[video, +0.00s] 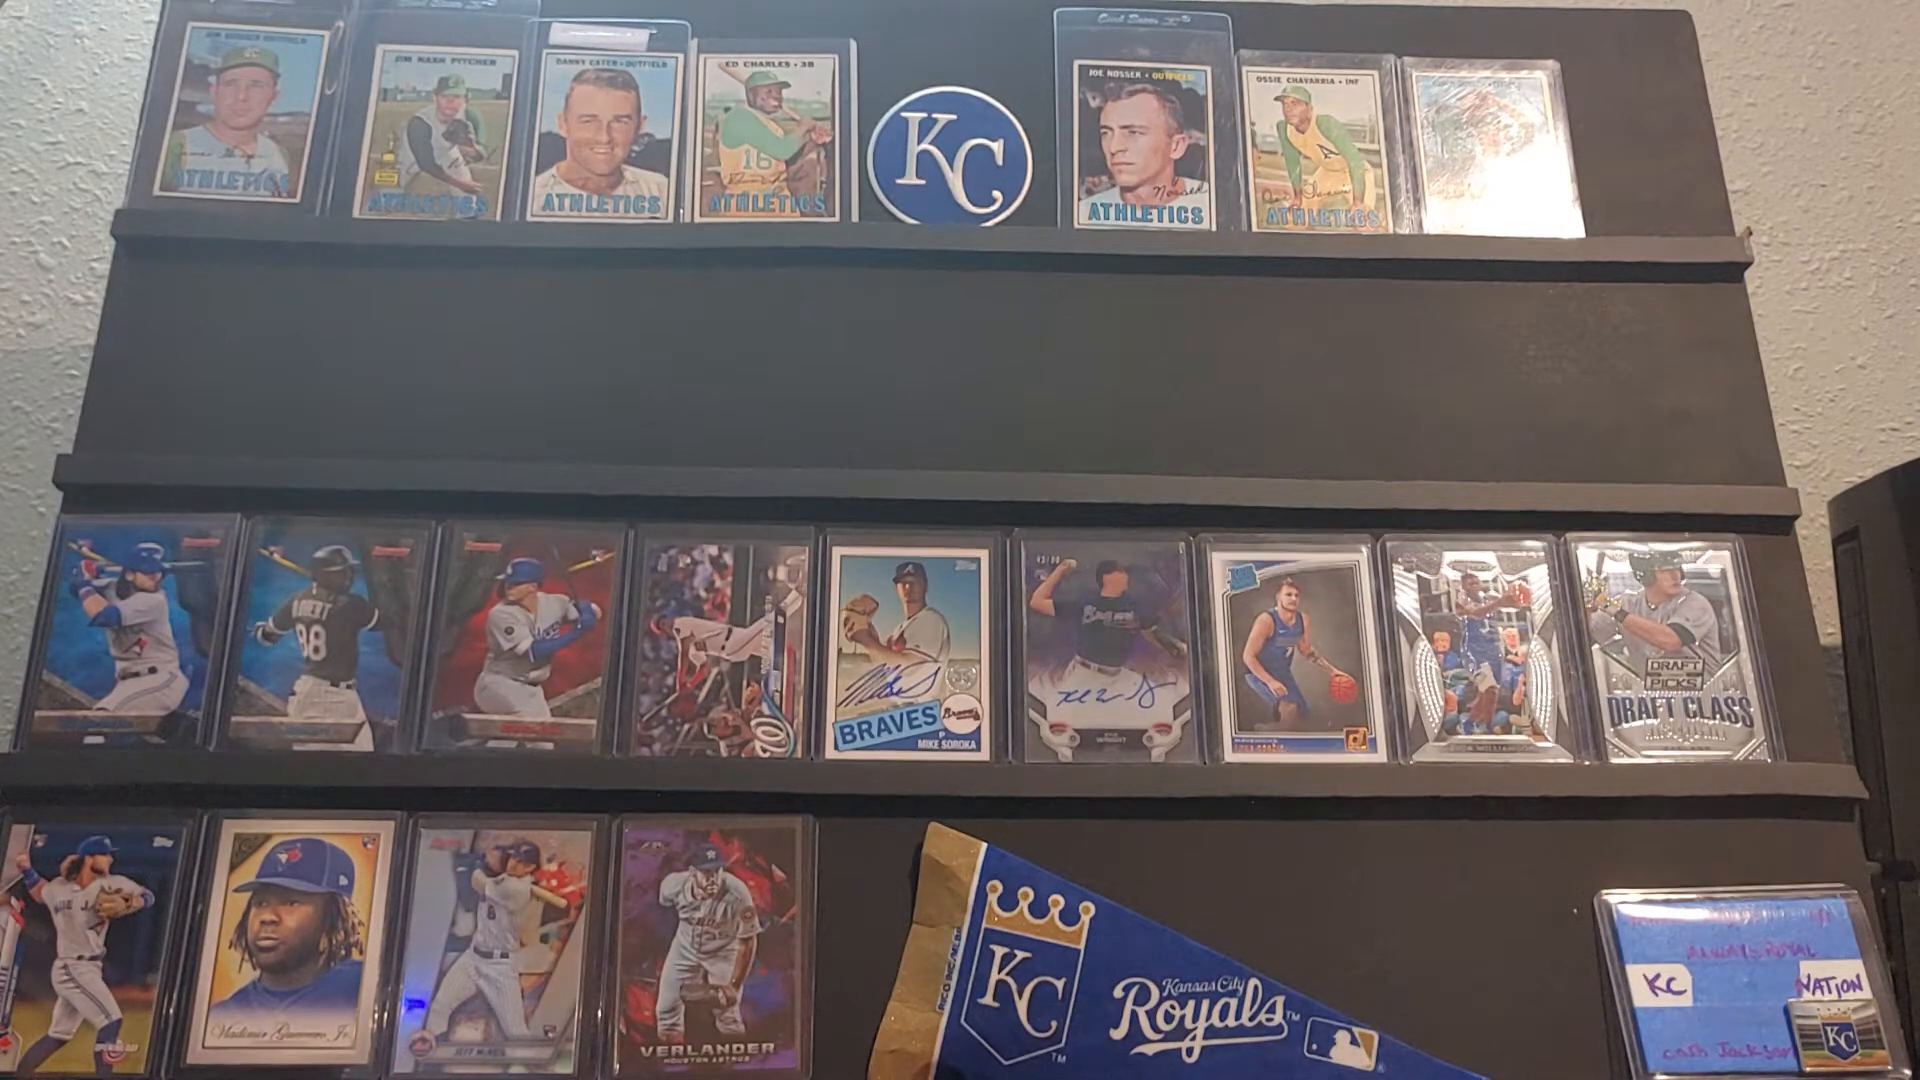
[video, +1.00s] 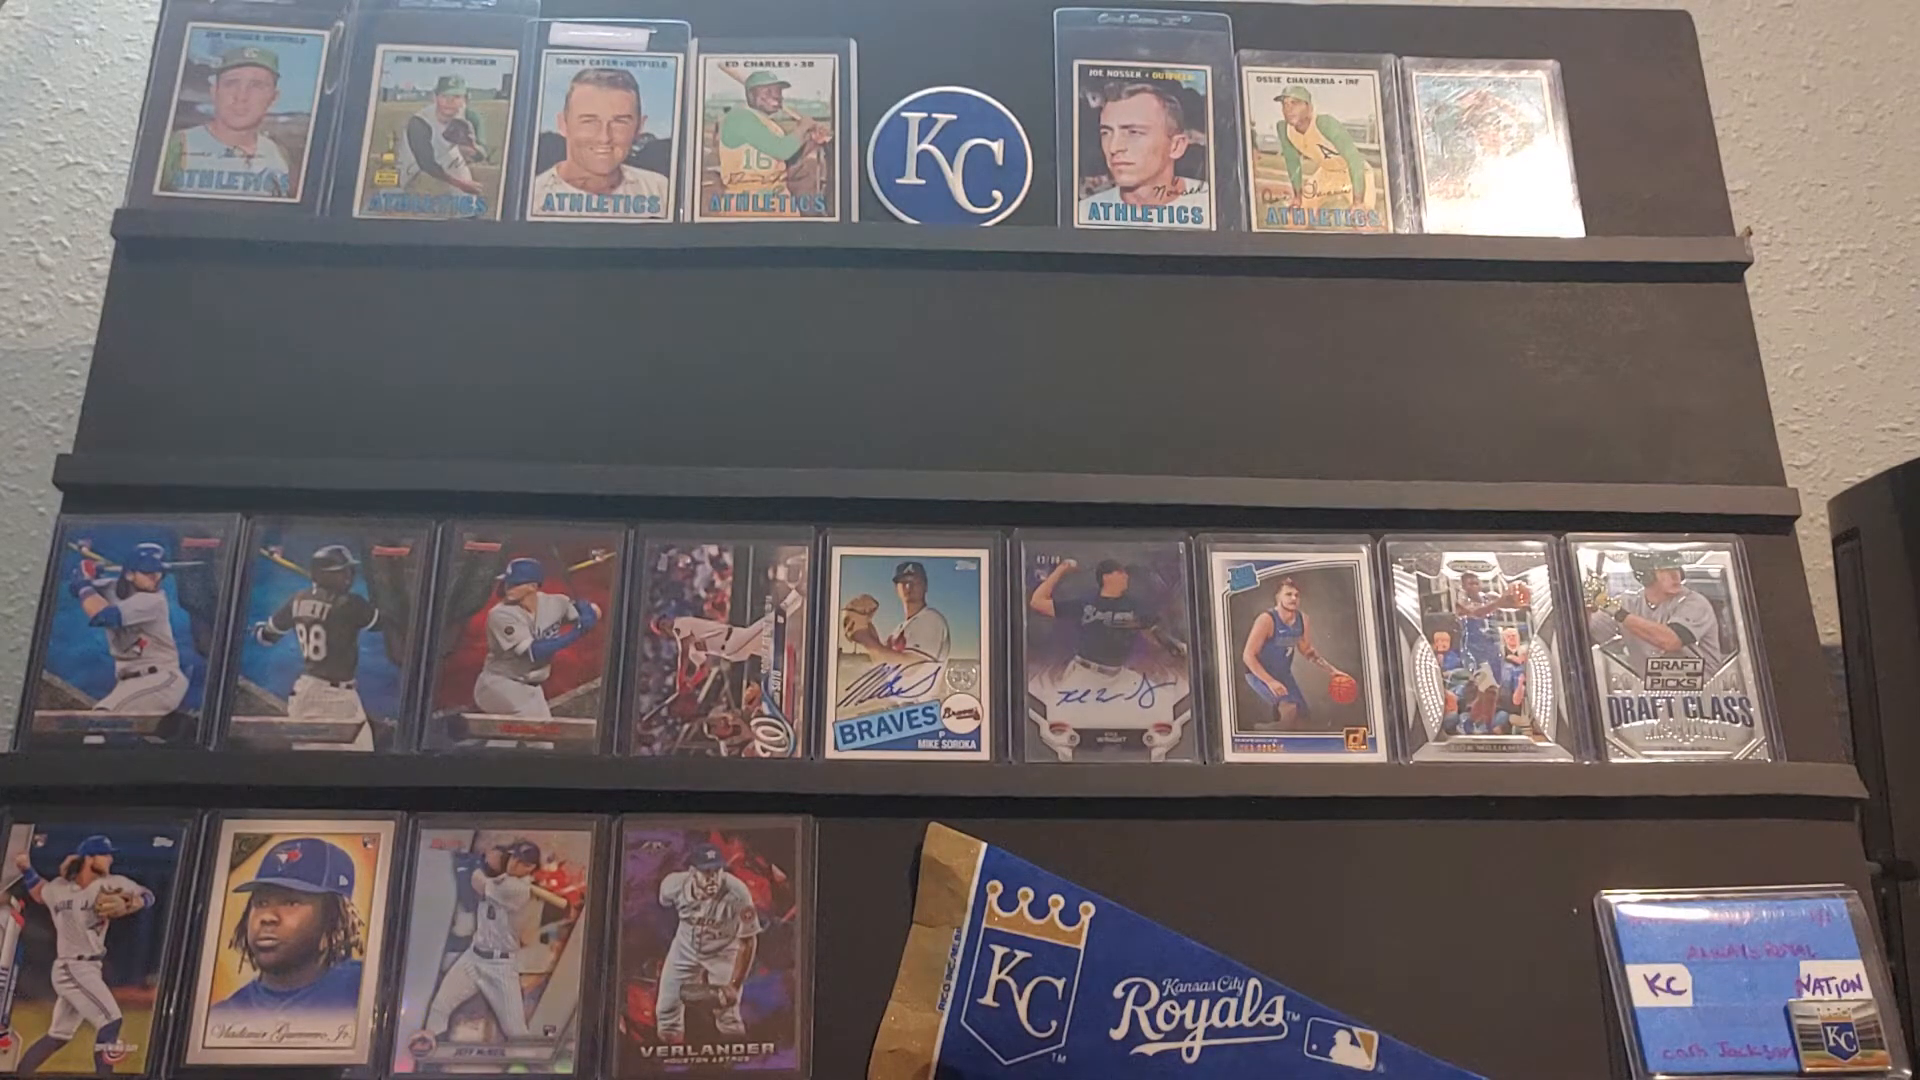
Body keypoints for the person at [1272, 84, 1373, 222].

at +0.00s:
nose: (1288, 109)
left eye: (1294, 104)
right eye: (1284, 104)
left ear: (1309, 108)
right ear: (1281, 108)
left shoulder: (1327, 124)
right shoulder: (1284, 128)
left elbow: (1355, 161)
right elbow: (1292, 163)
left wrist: (1358, 203)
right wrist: (1297, 197)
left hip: (1354, 172)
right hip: (1327, 172)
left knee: (1361, 218)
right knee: (1303, 207)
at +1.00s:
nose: (1288, 109)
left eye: (1294, 103)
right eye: (1285, 104)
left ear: (1308, 107)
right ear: (1282, 108)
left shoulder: (1326, 123)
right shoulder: (1283, 128)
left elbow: (1355, 159)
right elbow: (1292, 162)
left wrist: (1358, 203)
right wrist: (1297, 196)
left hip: (1354, 172)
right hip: (1326, 172)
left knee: (1361, 218)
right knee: (1304, 210)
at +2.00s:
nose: (1288, 109)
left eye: (1294, 103)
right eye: (1284, 105)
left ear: (1308, 107)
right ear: (1281, 108)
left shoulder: (1327, 124)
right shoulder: (1283, 128)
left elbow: (1355, 160)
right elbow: (1293, 163)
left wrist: (1358, 202)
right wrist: (1297, 197)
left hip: (1354, 174)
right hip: (1327, 173)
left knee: (1360, 218)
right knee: (1302, 210)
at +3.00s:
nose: (1288, 109)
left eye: (1294, 103)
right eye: (1284, 104)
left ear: (1309, 107)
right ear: (1281, 108)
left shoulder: (1327, 124)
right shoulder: (1283, 128)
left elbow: (1355, 161)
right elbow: (1293, 163)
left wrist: (1358, 202)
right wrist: (1297, 197)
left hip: (1355, 172)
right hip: (1327, 172)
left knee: (1360, 219)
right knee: (1303, 208)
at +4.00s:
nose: (1288, 109)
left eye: (1294, 103)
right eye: (1285, 104)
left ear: (1308, 107)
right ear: (1281, 108)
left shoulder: (1326, 124)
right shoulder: (1283, 128)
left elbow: (1355, 161)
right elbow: (1293, 163)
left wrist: (1358, 202)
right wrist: (1298, 197)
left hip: (1355, 172)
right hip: (1327, 172)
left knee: (1360, 218)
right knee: (1302, 208)